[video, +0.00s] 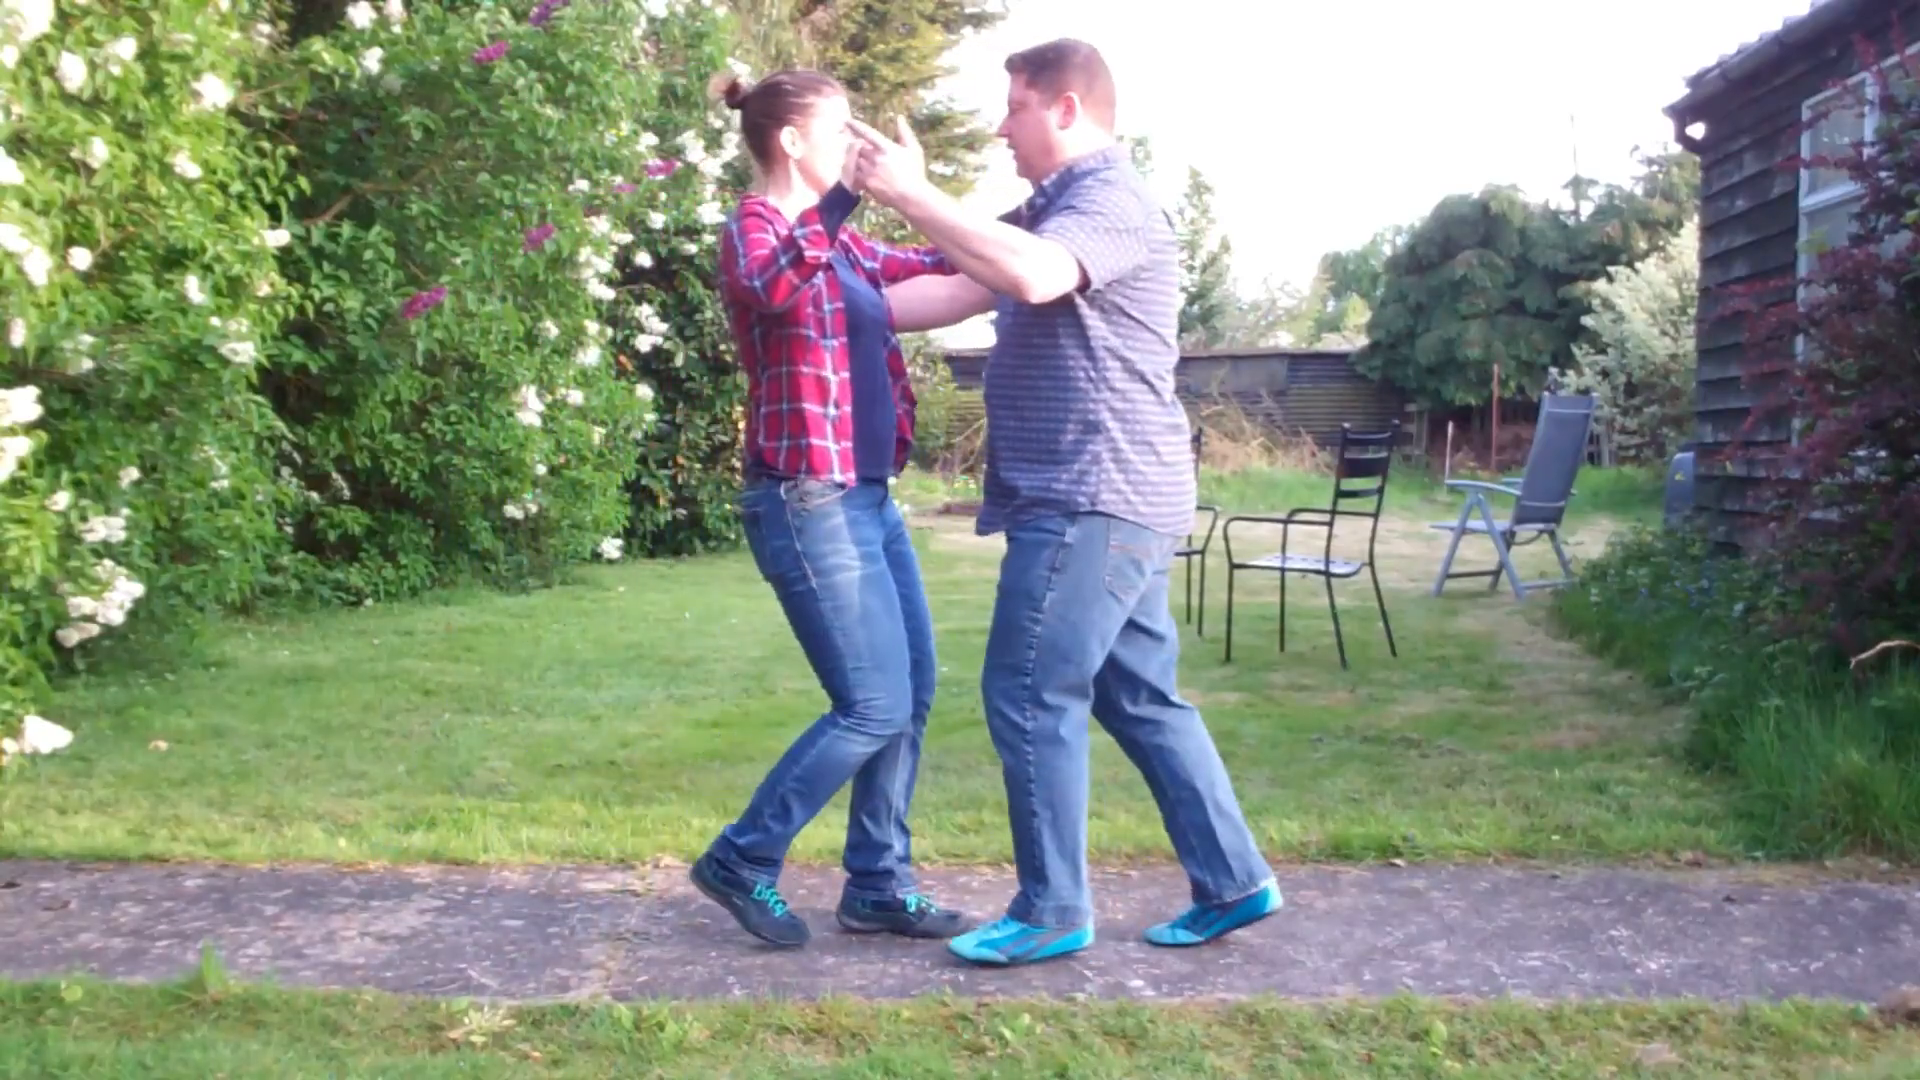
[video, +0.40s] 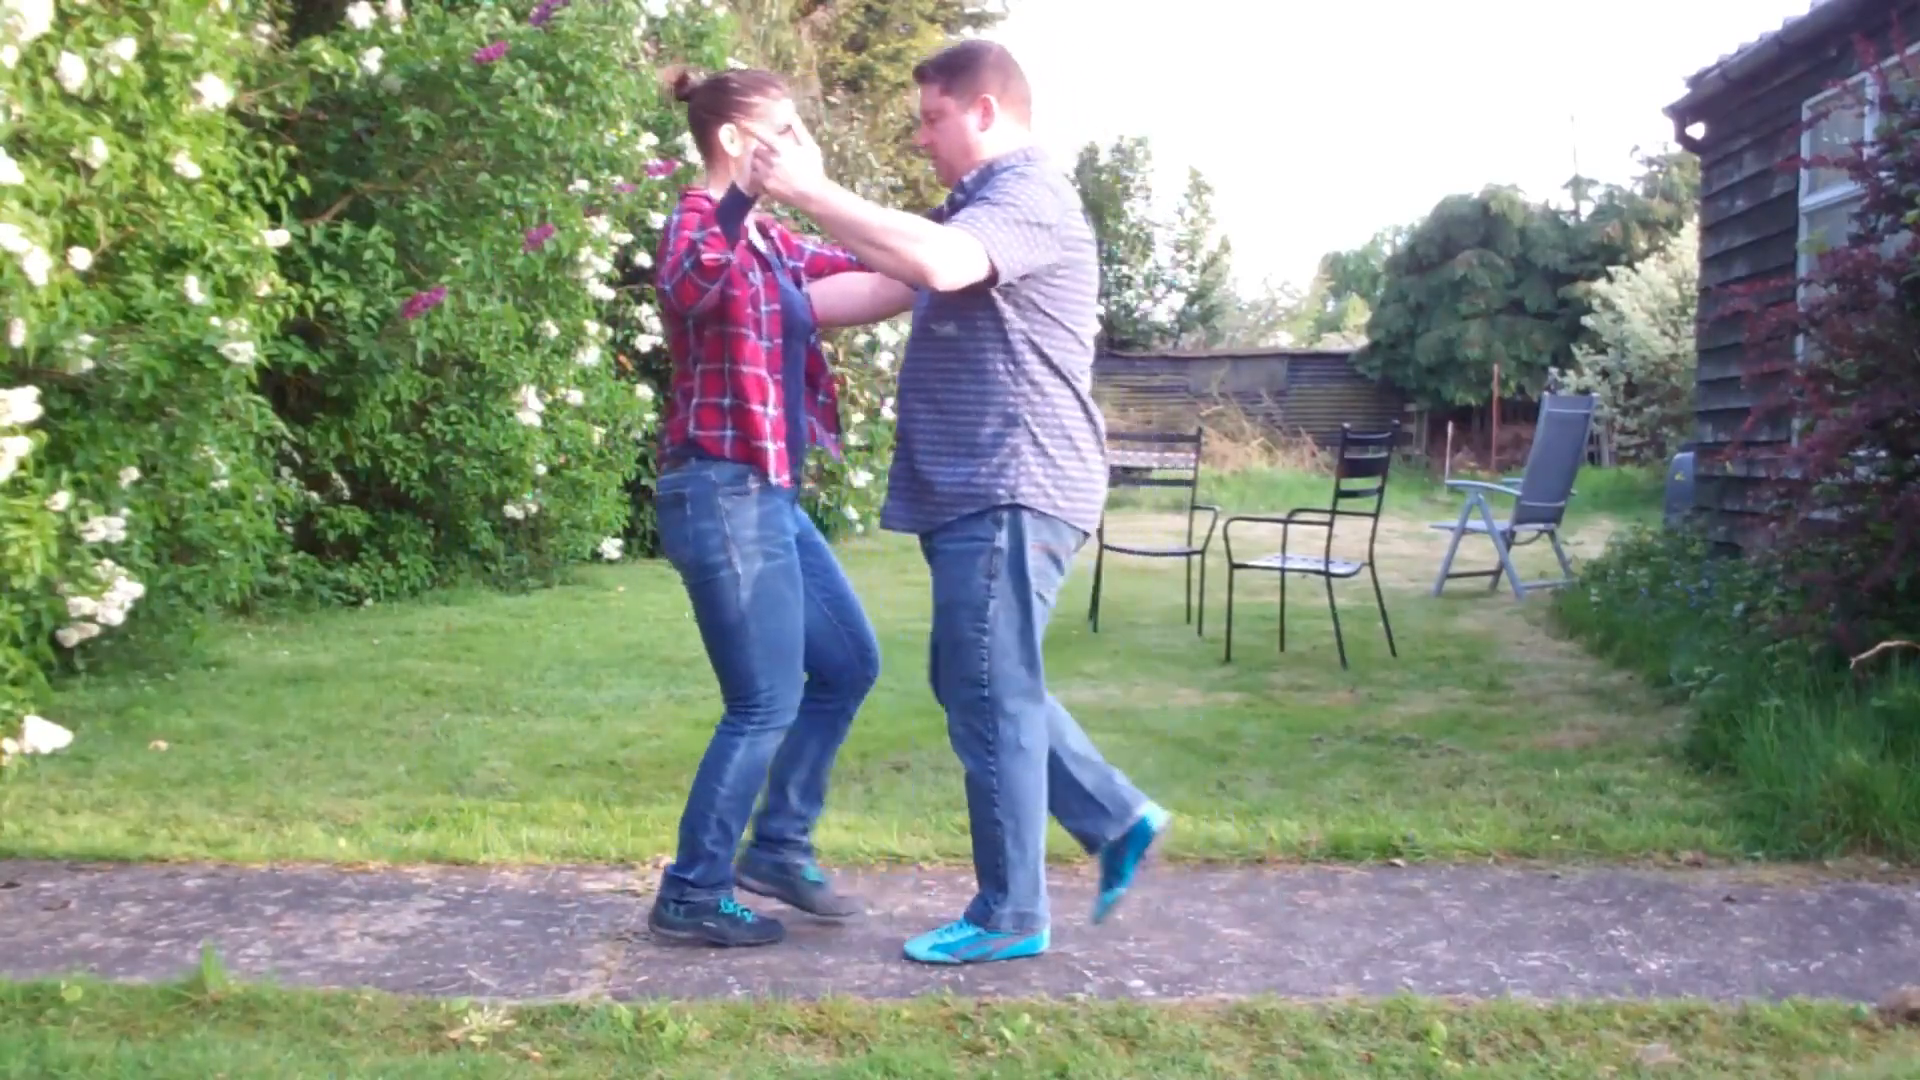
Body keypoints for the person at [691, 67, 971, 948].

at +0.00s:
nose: (855, 146)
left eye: (854, 131)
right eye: (842, 129)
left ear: (805, 143)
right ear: (789, 137)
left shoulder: (840, 239)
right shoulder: (754, 222)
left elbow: (942, 264)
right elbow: (765, 290)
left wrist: (1028, 229)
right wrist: (844, 199)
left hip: (867, 492)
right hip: (803, 497)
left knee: (911, 688)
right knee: (874, 705)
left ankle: (876, 886)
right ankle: (737, 861)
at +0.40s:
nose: (801, 146)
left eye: (799, 130)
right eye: (784, 130)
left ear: (761, 144)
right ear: (731, 139)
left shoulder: (775, 238)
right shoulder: (697, 221)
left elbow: (869, 267)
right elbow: (692, 293)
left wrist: (945, 243)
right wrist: (736, 200)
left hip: (768, 492)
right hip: (717, 492)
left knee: (848, 664)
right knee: (765, 699)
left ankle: (776, 849)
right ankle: (692, 893)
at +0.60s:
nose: (742, 153)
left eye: (743, 137)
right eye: (730, 135)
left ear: (702, 134)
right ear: (680, 131)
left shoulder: (726, 240)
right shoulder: (636, 228)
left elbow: (811, 264)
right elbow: (621, 278)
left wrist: (888, 248)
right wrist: (663, 176)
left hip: (714, 486)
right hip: (674, 486)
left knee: (698, 693)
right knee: (734, 693)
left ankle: (567, 823)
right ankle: (690, 896)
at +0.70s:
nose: (710, 151)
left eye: (708, 136)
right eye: (697, 135)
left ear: (674, 138)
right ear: (650, 137)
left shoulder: (699, 242)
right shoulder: (605, 231)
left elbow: (786, 272)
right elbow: (585, 276)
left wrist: (854, 254)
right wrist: (630, 172)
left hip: (671, 483)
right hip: (635, 485)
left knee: (624, 692)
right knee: (710, 686)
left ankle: (526, 849)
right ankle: (690, 893)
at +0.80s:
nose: (682, 156)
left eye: (680, 139)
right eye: (669, 138)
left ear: (649, 139)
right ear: (624, 139)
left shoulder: (665, 246)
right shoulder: (574, 225)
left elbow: (746, 293)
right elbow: (560, 277)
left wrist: (826, 271)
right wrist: (615, 176)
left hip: (627, 490)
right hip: (590, 490)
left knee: (596, 692)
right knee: (683, 679)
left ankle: (515, 860)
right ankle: (679, 888)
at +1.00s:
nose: (622, 168)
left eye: (621, 152)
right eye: (606, 152)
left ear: (586, 160)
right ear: (556, 159)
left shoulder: (605, 256)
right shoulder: (520, 234)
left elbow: (678, 314)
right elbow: (499, 296)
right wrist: (567, 207)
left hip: (585, 501)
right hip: (530, 499)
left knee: (600, 691)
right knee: (618, 688)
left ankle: (512, 858)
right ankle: (508, 859)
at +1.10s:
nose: (592, 175)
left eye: (594, 159)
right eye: (576, 159)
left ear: (589, 170)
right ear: (526, 166)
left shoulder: (585, 260)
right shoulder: (494, 243)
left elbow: (625, 325)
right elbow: (469, 302)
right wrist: (537, 224)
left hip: (570, 508)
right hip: (507, 512)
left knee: (597, 692)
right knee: (564, 705)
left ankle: (513, 864)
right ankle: (412, 831)